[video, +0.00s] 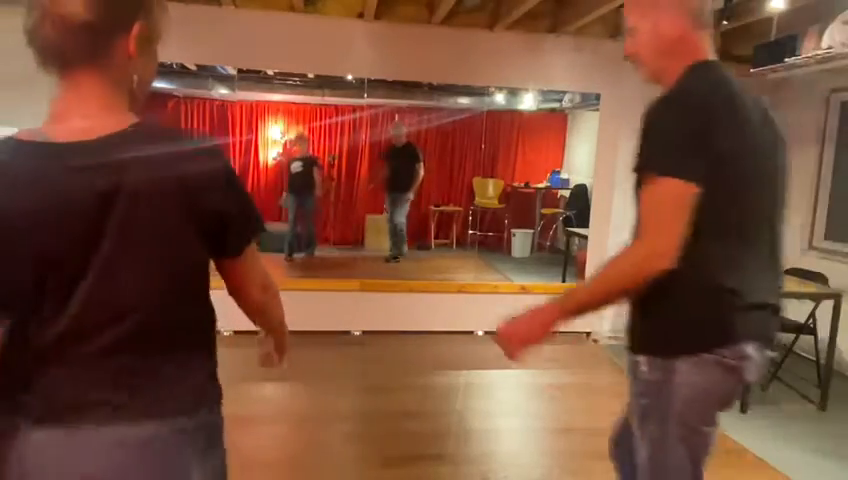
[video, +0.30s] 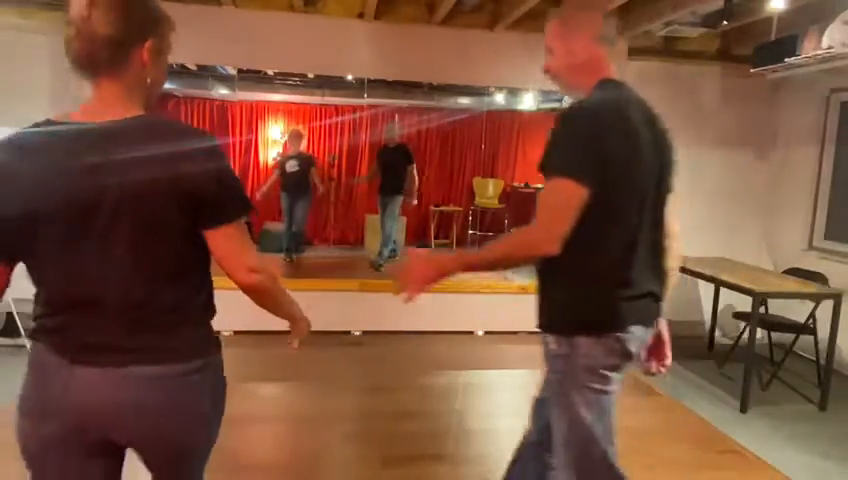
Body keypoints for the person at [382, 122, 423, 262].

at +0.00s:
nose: (397, 137)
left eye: (400, 133)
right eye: (395, 133)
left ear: (405, 133)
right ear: (392, 134)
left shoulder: (412, 149)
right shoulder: (390, 150)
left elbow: (420, 171)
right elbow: (386, 170)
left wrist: (412, 191)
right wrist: (380, 183)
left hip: (405, 190)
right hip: (392, 189)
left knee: (398, 219)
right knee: (392, 220)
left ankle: (400, 249)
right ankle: (394, 250)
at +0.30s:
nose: (390, 135)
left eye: (393, 132)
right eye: (388, 132)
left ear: (398, 134)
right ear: (385, 134)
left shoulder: (404, 150)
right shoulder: (382, 151)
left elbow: (413, 174)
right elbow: (376, 170)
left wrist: (413, 195)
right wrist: (365, 179)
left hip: (398, 191)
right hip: (384, 191)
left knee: (389, 221)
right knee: (384, 221)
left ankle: (382, 256)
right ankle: (392, 248)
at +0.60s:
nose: (384, 133)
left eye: (387, 129)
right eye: (383, 129)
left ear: (392, 131)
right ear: (380, 130)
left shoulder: (398, 148)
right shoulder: (376, 148)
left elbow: (406, 172)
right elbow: (369, 170)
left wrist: (402, 192)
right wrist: (354, 178)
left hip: (391, 193)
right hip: (375, 192)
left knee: (383, 226)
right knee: (368, 223)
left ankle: (383, 251)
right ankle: (371, 249)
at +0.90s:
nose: (374, 134)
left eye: (377, 130)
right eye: (372, 130)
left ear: (383, 131)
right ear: (369, 132)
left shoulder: (390, 150)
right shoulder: (365, 150)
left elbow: (395, 175)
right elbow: (358, 171)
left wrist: (382, 191)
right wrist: (342, 181)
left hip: (384, 195)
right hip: (368, 194)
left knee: (382, 230)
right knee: (362, 228)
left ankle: (379, 260)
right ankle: (352, 260)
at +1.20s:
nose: (358, 132)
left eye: (361, 127)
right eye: (356, 128)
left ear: (368, 127)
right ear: (354, 130)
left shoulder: (379, 147)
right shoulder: (355, 150)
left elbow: (381, 173)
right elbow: (352, 175)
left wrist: (360, 188)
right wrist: (336, 184)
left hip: (375, 196)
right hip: (358, 195)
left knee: (375, 231)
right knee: (357, 231)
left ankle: (376, 262)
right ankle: (355, 266)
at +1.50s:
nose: (349, 132)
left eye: (351, 128)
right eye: (350, 128)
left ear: (355, 128)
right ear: (360, 127)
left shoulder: (366, 147)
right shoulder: (355, 148)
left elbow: (363, 173)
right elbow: (353, 174)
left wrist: (341, 186)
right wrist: (338, 186)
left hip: (362, 196)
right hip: (352, 196)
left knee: (356, 232)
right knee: (354, 232)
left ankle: (355, 269)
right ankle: (354, 268)